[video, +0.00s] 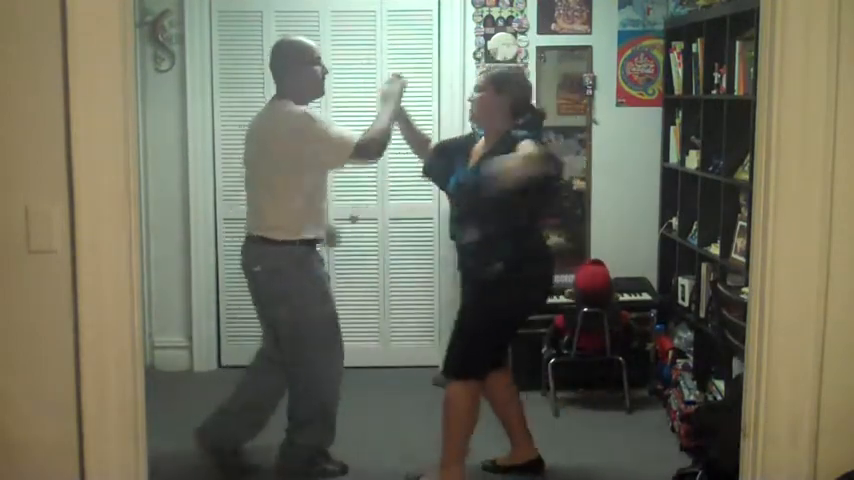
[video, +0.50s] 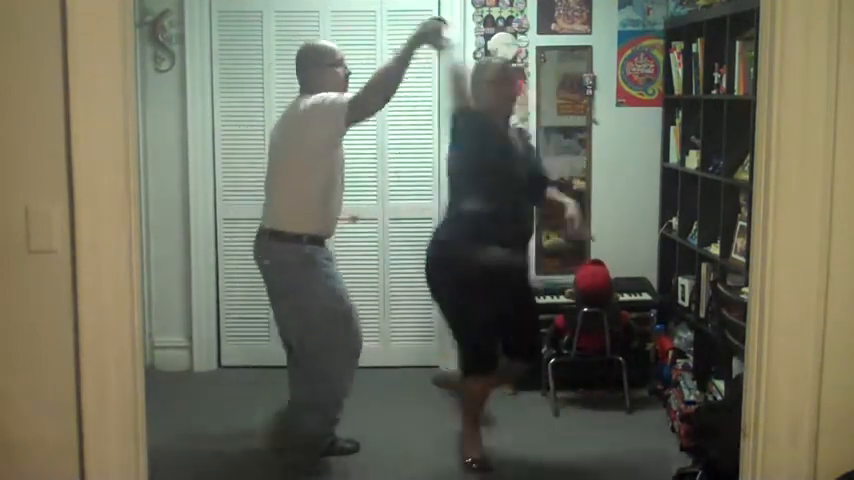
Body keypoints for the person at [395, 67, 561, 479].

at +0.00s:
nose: (472, 98)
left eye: (482, 91)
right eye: (475, 91)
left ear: (507, 100)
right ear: (491, 100)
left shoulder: (523, 142)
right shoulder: (469, 146)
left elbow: (535, 161)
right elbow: (429, 154)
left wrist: (508, 169)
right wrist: (397, 112)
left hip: (515, 269)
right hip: (480, 269)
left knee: (462, 367)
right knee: (490, 361)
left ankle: (450, 470)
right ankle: (524, 451)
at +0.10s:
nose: (468, 101)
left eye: (475, 95)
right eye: (471, 94)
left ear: (494, 104)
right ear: (498, 105)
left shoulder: (497, 141)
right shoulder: (484, 139)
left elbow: (482, 181)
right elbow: (452, 125)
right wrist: (433, 89)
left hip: (497, 266)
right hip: (511, 263)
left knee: (451, 364)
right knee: (482, 355)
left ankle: (449, 469)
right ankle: (513, 448)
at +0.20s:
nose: (522, 103)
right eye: (518, 97)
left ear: (474, 102)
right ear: (517, 101)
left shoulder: (459, 147)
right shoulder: (529, 143)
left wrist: (405, 194)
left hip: (470, 273)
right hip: (524, 272)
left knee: (446, 363)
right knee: (497, 356)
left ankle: (447, 468)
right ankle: (481, 451)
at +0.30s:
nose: (512, 93)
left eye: (501, 88)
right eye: (509, 88)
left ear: (467, 98)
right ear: (509, 97)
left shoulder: (450, 141)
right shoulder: (526, 137)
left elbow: (407, 178)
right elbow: (560, 76)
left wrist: (446, 216)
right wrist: (516, 38)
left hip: (453, 262)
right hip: (511, 265)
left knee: (444, 346)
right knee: (509, 360)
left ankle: (424, 433)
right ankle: (461, 445)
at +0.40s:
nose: (516, 94)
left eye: (514, 86)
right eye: (509, 86)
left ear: (472, 94)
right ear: (493, 92)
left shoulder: (465, 136)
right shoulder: (495, 135)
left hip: (455, 256)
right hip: (482, 260)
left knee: (484, 345)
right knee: (500, 354)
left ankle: (414, 394)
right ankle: (458, 438)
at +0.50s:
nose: (510, 92)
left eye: (514, 83)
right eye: (500, 83)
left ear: (519, 90)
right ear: (480, 89)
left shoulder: (519, 139)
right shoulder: (469, 126)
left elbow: (535, 185)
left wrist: (566, 205)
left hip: (506, 262)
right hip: (460, 258)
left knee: (522, 354)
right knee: (480, 357)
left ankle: (466, 389)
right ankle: (471, 441)